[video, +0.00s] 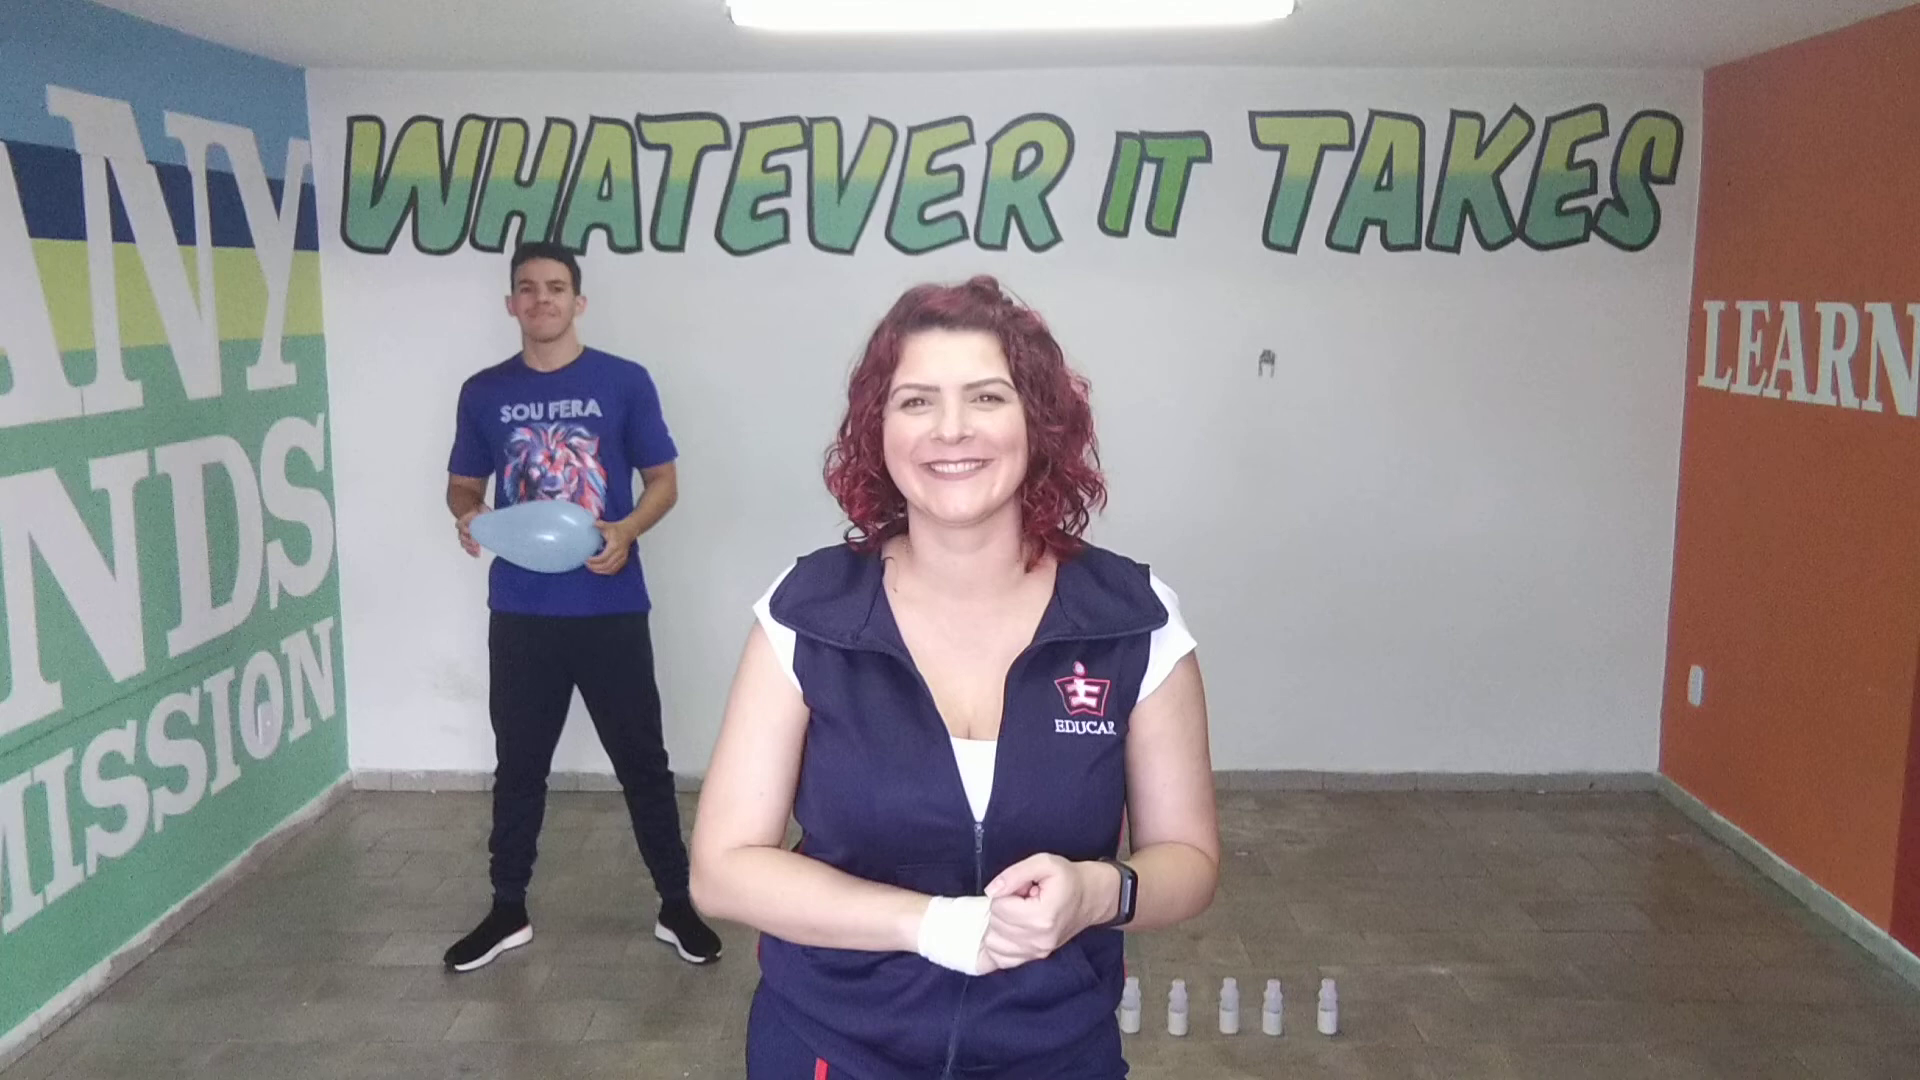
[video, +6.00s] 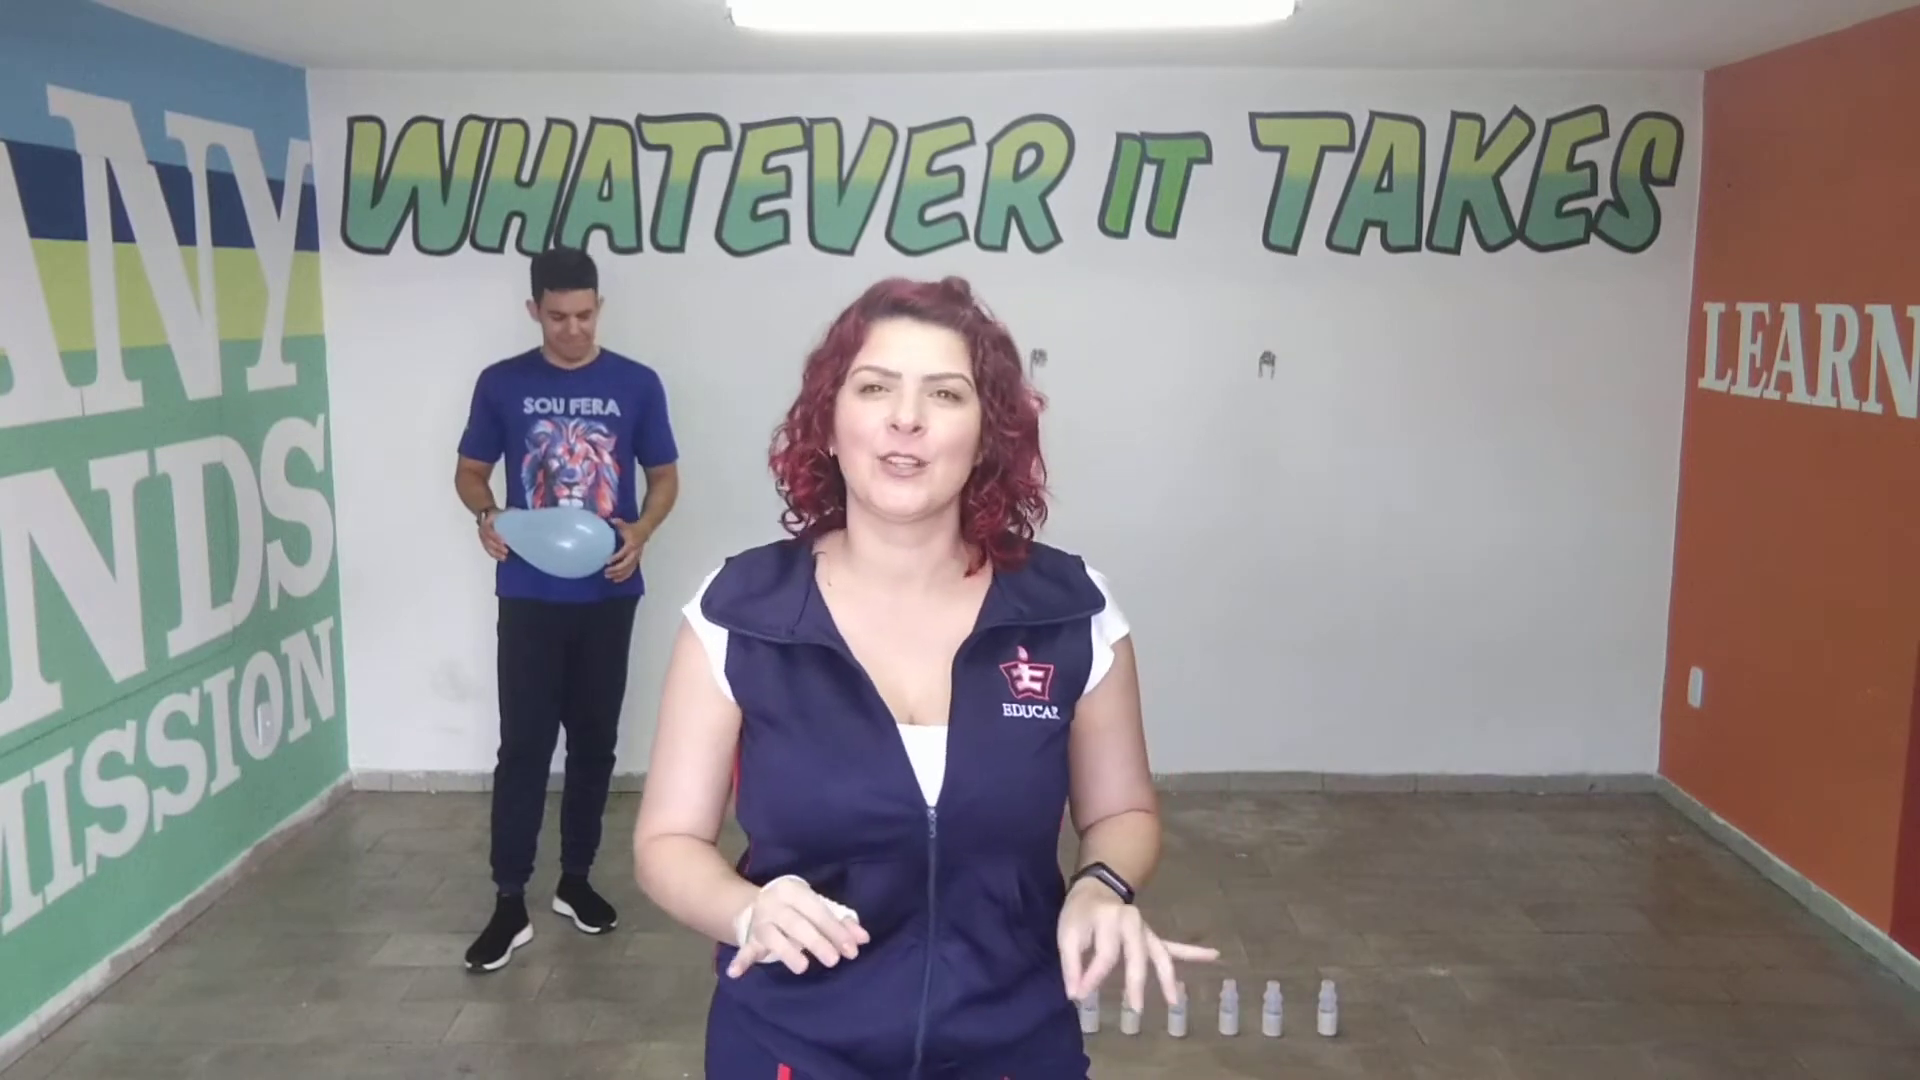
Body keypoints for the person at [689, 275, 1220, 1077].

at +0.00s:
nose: (952, 428)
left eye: (987, 398)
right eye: (917, 401)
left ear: (1038, 421)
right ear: (878, 429)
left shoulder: (1131, 617)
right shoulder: (810, 609)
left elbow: (1186, 860)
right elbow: (722, 870)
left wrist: (1099, 894)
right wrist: (929, 922)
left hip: (1054, 1057)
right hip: (835, 1055)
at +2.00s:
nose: (1035, 407)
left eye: (1073, 385)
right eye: (1001, 385)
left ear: (1123, 436)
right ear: (957, 435)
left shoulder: (1208, 623)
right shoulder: (874, 620)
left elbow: (1264, 834)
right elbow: (803, 829)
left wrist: (1312, 901)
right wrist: (766, 906)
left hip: (1132, 1055)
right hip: (911, 1049)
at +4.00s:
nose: (1265, 451)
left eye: (1304, 408)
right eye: (1223, 415)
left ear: (1365, 424)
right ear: (1179, 441)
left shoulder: (1476, 624)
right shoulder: (1108, 623)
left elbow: (1559, 893)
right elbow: (1022, 887)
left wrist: (1438, 920)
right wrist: (1210, 924)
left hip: (1401, 1063)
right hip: (1154, 1063)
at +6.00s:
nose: (906, 420)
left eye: (945, 394)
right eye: (876, 388)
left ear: (988, 430)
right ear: (830, 419)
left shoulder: (1069, 608)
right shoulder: (743, 607)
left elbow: (1122, 811)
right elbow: (668, 840)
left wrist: (1101, 886)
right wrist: (747, 908)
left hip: (1012, 1052)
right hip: (798, 1053)